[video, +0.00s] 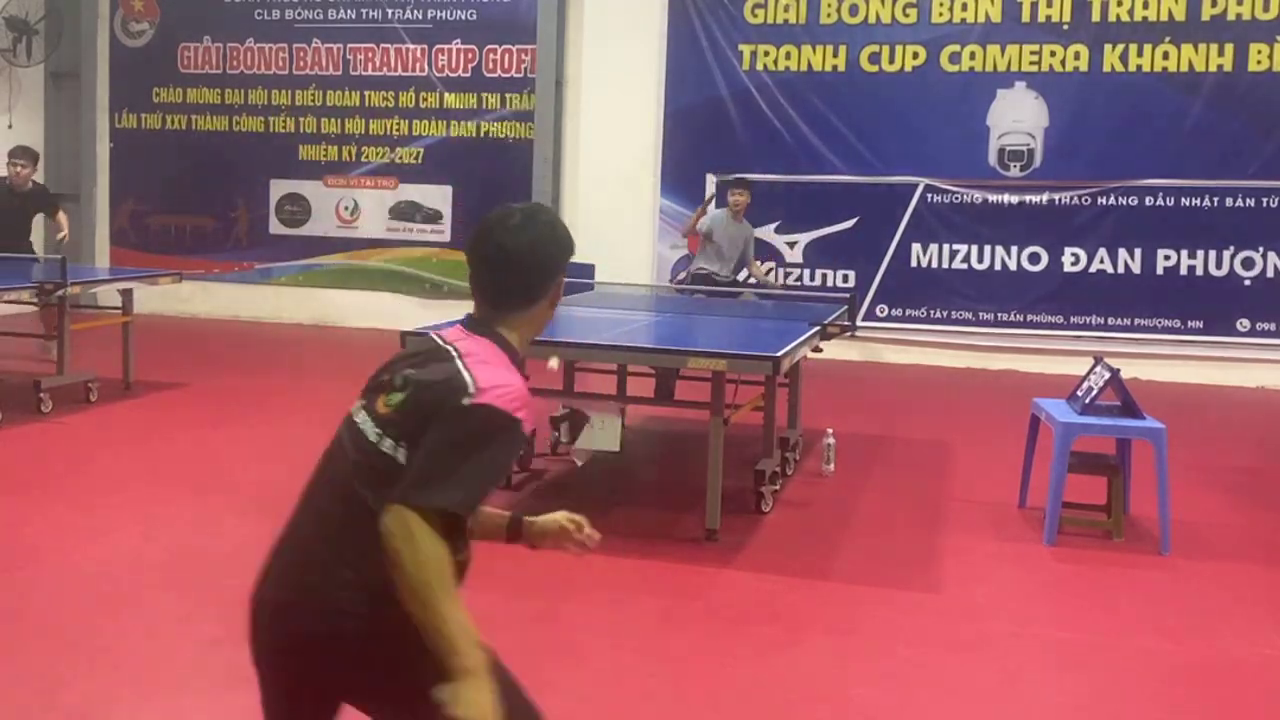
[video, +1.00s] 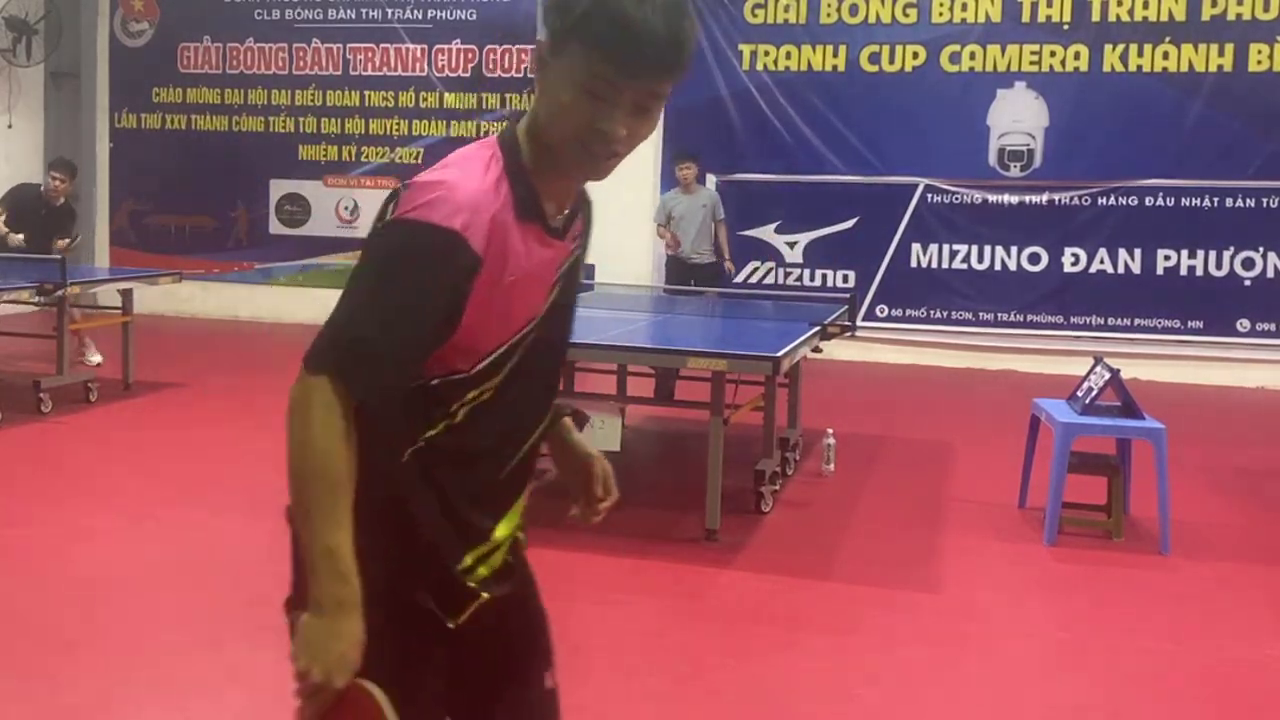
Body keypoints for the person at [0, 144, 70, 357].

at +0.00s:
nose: (16, 170)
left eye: (23, 167)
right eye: (12, 165)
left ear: (33, 171)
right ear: (7, 166)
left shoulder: (38, 192)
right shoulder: (2, 187)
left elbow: (56, 212)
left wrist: (64, 229)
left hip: (21, 253)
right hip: (2, 253)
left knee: (46, 289)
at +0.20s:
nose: (41, 168)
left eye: (47, 164)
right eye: (37, 163)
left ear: (59, 167)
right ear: (33, 164)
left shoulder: (71, 192)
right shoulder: (22, 189)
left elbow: (97, 217)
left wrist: (90, 230)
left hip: (62, 260)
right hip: (26, 260)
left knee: (82, 298)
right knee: (5, 302)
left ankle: (102, 345)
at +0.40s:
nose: (62, 162)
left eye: (68, 158)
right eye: (59, 157)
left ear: (80, 162)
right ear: (55, 158)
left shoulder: (90, 188)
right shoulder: (41, 182)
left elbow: (111, 219)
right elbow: (14, 201)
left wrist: (101, 228)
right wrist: (1, 217)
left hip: (77, 260)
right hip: (41, 258)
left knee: (91, 301)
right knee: (22, 303)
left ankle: (104, 345)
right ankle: (2, 347)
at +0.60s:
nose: (67, 160)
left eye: (73, 156)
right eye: (64, 155)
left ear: (84, 160)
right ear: (59, 156)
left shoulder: (91, 189)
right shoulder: (43, 179)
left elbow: (106, 222)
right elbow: (15, 200)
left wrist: (92, 226)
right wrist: (11, 220)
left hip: (73, 257)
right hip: (36, 254)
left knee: (87, 299)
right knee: (10, 299)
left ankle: (103, 345)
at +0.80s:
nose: (60, 172)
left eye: (66, 169)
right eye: (57, 167)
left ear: (76, 173)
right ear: (51, 166)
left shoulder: (79, 200)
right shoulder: (34, 186)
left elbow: (85, 232)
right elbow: (4, 210)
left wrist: (77, 235)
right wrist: (15, 231)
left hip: (54, 261)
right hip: (18, 258)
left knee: (77, 297)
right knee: (2, 297)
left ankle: (90, 346)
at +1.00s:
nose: (55, 184)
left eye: (61, 181)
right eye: (52, 178)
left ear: (70, 186)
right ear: (46, 177)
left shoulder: (67, 212)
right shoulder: (23, 192)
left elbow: (59, 242)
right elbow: (0, 216)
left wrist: (62, 245)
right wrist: (8, 235)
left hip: (42, 262)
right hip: (10, 259)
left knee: (66, 294)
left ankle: (86, 344)